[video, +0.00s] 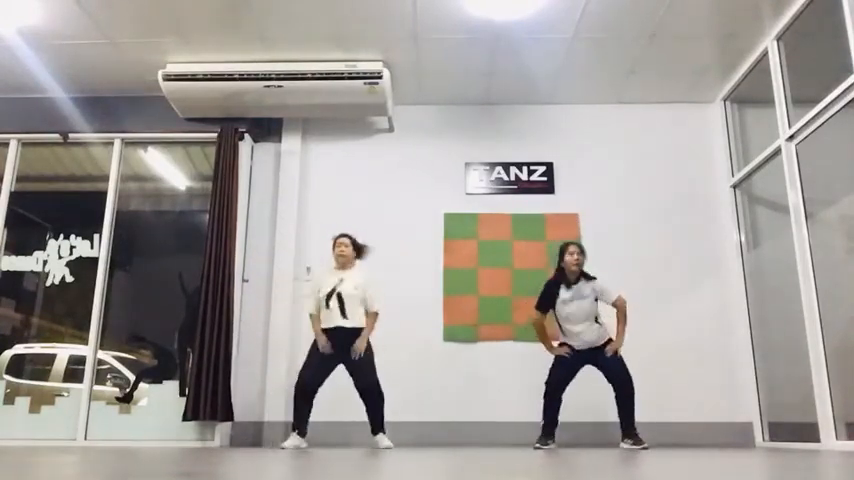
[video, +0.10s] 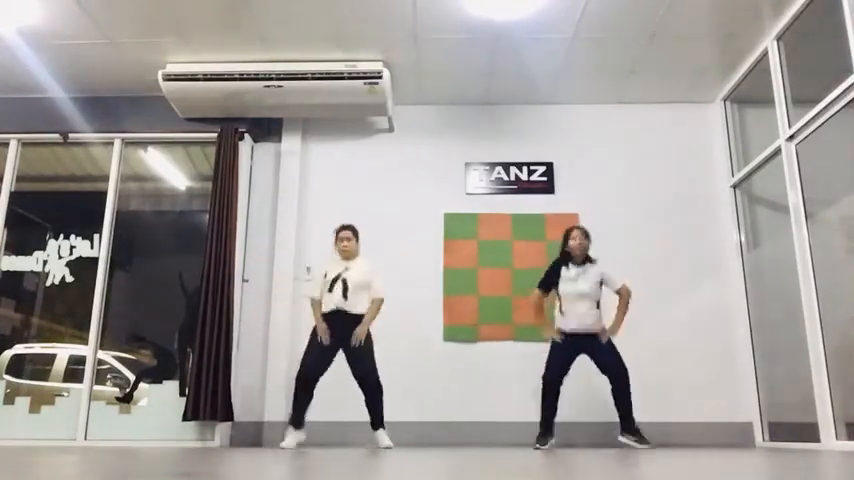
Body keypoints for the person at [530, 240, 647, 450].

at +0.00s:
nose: (575, 258)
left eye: (579, 254)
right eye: (570, 254)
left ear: (583, 259)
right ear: (562, 260)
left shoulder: (592, 284)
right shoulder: (553, 287)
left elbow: (620, 304)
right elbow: (538, 319)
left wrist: (618, 341)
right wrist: (550, 348)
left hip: (601, 348)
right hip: (570, 351)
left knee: (624, 383)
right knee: (553, 388)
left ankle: (629, 434)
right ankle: (547, 435)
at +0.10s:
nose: (578, 242)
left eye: (582, 238)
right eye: (573, 238)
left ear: (588, 243)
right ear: (566, 244)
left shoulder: (597, 270)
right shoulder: (557, 270)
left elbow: (624, 293)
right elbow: (538, 299)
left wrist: (613, 329)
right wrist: (548, 328)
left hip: (595, 337)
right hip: (565, 337)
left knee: (620, 375)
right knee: (550, 380)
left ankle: (628, 429)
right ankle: (545, 432)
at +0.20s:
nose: (582, 235)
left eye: (586, 232)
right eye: (577, 233)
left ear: (594, 237)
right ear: (571, 240)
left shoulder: (605, 265)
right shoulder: (564, 263)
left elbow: (631, 290)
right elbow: (541, 285)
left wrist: (615, 318)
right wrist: (548, 313)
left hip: (594, 329)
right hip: (566, 327)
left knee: (616, 372)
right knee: (546, 371)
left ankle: (620, 426)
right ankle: (532, 419)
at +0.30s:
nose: (585, 241)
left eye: (589, 237)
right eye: (580, 239)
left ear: (599, 242)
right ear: (576, 248)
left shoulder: (610, 270)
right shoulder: (570, 267)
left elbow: (633, 301)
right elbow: (546, 290)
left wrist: (615, 329)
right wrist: (554, 316)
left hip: (596, 336)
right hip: (568, 331)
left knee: (611, 381)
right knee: (543, 365)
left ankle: (612, 434)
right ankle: (518, 406)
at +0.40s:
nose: (584, 243)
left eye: (587, 239)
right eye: (579, 241)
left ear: (595, 244)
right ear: (574, 248)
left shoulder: (609, 269)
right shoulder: (569, 271)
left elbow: (629, 301)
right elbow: (545, 292)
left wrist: (615, 331)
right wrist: (553, 318)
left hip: (598, 337)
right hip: (570, 333)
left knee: (609, 384)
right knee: (539, 357)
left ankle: (611, 436)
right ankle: (519, 407)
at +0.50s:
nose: (575, 237)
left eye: (579, 233)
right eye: (570, 234)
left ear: (586, 237)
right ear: (565, 240)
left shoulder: (600, 259)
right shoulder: (560, 265)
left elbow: (623, 283)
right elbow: (536, 292)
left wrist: (614, 316)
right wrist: (551, 318)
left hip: (598, 328)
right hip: (569, 327)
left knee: (614, 377)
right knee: (542, 359)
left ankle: (616, 430)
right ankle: (536, 413)